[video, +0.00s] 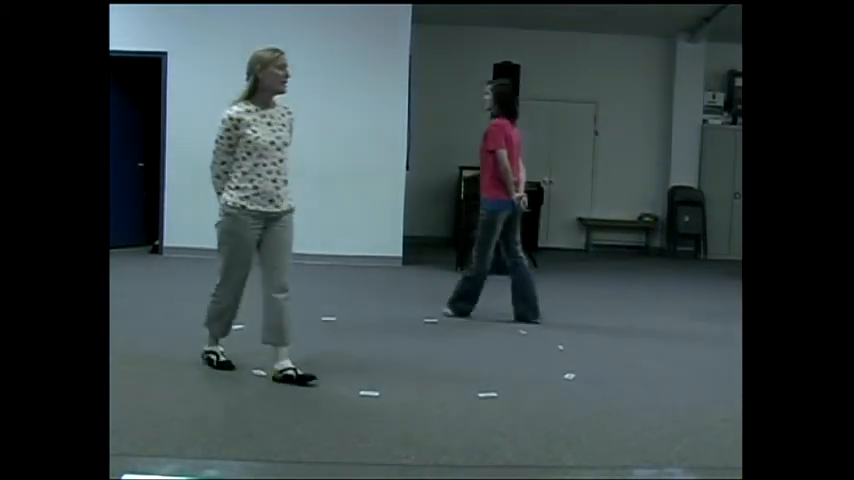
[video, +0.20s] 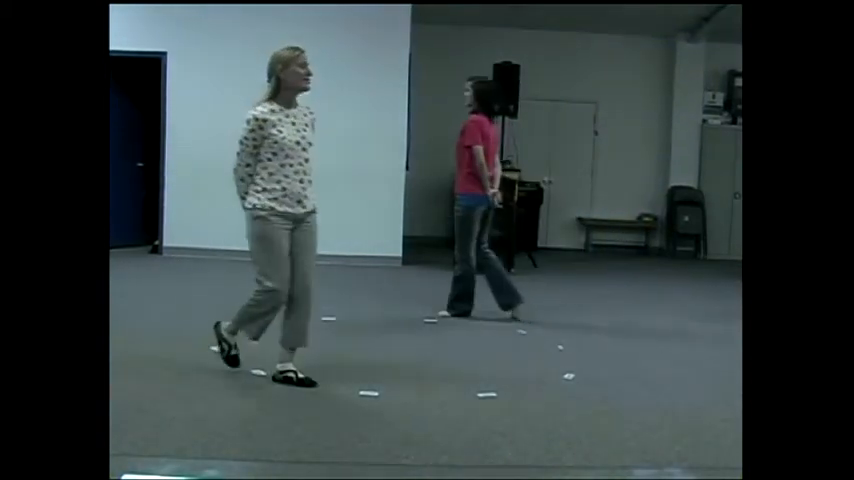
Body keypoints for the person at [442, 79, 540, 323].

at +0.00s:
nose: (484, 99)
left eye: (488, 95)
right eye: (485, 94)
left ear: (498, 99)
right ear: (505, 100)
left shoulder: (496, 128)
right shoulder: (512, 129)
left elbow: (503, 162)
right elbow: (520, 164)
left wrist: (514, 191)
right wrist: (520, 190)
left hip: (494, 201)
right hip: (511, 200)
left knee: (481, 257)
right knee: (515, 255)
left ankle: (460, 305)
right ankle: (528, 312)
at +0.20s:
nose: (465, 95)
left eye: (469, 92)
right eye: (466, 91)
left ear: (478, 97)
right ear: (487, 99)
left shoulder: (473, 123)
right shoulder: (490, 125)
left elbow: (480, 158)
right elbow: (496, 162)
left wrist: (489, 187)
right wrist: (495, 188)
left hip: (469, 197)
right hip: (486, 196)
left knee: (464, 255)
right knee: (482, 249)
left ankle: (459, 307)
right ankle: (511, 299)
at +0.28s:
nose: (457, 96)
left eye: (461, 93)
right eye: (457, 92)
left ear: (471, 97)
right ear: (478, 98)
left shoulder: (466, 125)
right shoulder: (481, 126)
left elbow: (472, 159)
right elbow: (487, 162)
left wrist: (481, 188)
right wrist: (486, 188)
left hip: (461, 196)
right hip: (473, 196)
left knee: (462, 253)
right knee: (466, 250)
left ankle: (457, 307)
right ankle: (495, 298)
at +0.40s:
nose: (444, 95)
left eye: (448, 91)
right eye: (445, 90)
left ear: (458, 96)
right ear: (465, 97)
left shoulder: (454, 124)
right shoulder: (470, 126)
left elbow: (462, 159)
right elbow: (475, 161)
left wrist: (472, 188)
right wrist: (475, 189)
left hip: (452, 195)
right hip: (460, 195)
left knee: (456, 250)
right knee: (436, 243)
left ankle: (459, 305)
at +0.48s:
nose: (439, 93)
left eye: (443, 89)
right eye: (440, 89)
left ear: (452, 95)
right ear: (459, 96)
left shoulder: (449, 122)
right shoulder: (461, 123)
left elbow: (459, 156)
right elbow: (469, 158)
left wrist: (467, 187)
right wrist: (471, 189)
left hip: (448, 193)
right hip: (451, 193)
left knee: (452, 250)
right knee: (428, 244)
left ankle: (457, 305)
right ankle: (433, 301)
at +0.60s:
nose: (426, 94)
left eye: (431, 90)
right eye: (428, 90)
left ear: (442, 96)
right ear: (443, 97)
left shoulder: (442, 123)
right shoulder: (442, 123)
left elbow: (452, 156)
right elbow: (449, 158)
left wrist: (458, 189)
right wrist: (456, 190)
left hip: (440, 194)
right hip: (434, 194)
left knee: (444, 252)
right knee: (416, 250)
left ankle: (456, 306)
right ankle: (395, 299)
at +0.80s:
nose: (412, 91)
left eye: (416, 87)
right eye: (413, 87)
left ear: (428, 92)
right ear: (428, 93)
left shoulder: (431, 121)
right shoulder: (422, 120)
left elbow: (439, 156)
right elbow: (430, 156)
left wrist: (439, 185)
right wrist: (437, 186)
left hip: (422, 191)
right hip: (411, 190)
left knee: (414, 246)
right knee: (401, 247)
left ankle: (446, 294)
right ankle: (394, 299)